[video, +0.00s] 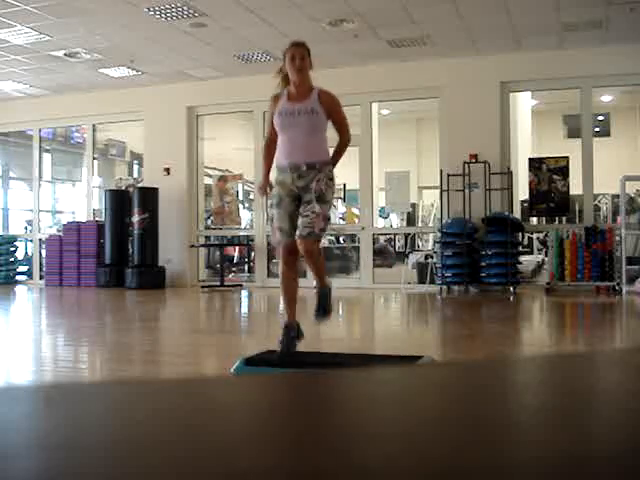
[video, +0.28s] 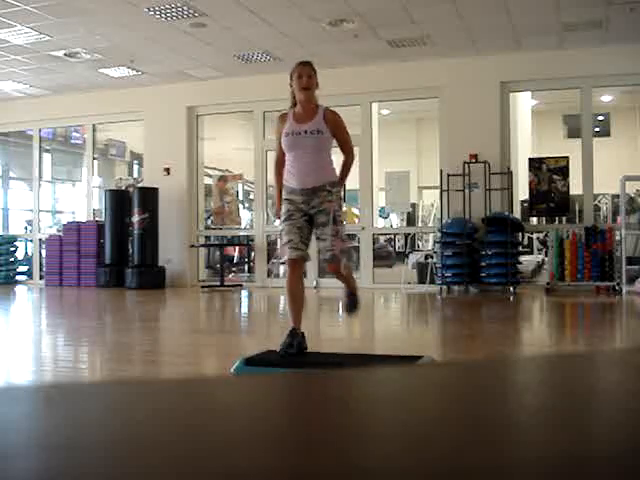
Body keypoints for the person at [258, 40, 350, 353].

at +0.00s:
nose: (298, 62)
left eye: (302, 57)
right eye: (292, 58)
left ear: (310, 63)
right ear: (284, 65)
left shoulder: (325, 98)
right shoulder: (279, 101)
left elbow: (345, 136)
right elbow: (271, 140)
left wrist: (331, 165)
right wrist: (265, 176)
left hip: (318, 174)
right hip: (284, 176)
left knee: (307, 242)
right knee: (287, 251)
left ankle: (323, 287)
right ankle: (290, 323)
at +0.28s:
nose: (305, 81)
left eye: (309, 76)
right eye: (300, 77)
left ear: (317, 82)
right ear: (292, 83)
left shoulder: (329, 117)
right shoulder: (283, 121)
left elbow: (349, 153)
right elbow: (280, 160)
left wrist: (339, 185)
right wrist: (279, 197)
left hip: (325, 194)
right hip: (292, 196)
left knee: (331, 263)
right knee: (293, 262)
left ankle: (351, 287)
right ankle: (296, 331)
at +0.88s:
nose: (305, 118)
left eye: (309, 113)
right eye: (300, 114)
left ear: (317, 117)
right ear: (294, 119)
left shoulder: (325, 145)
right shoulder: (298, 150)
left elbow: (328, 187)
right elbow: (291, 183)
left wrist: (300, 198)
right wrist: (259, 195)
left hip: (337, 214)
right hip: (313, 215)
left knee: (351, 275)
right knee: (296, 272)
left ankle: (372, 332)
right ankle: (312, 320)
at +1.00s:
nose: (290, 135)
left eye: (295, 131)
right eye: (287, 131)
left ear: (305, 133)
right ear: (285, 135)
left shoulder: (310, 162)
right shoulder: (292, 162)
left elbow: (300, 203)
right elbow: (286, 199)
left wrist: (263, 217)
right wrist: (262, 212)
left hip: (324, 232)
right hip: (304, 235)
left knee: (343, 288)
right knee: (295, 286)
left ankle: (376, 338)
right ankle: (313, 333)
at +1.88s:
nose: (169, 129)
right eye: (167, 125)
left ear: (146, 132)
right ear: (170, 130)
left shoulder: (136, 161)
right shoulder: (182, 162)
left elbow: (131, 197)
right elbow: (198, 193)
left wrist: (138, 217)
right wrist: (210, 213)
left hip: (139, 226)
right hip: (170, 229)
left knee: (117, 291)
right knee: (170, 291)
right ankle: (172, 351)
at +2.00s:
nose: (163, 134)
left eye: (162, 129)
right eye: (161, 129)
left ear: (136, 128)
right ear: (153, 130)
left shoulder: (119, 151)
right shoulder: (154, 156)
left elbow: (130, 177)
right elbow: (154, 195)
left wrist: (158, 172)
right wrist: (156, 231)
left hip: (112, 226)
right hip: (142, 227)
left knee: (100, 299)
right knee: (164, 289)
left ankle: (74, 364)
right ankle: (172, 348)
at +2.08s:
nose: (164, 120)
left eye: (163, 115)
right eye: (160, 115)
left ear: (138, 117)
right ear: (146, 117)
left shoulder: (121, 145)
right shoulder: (148, 143)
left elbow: (126, 191)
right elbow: (137, 178)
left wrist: (160, 211)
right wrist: (130, 219)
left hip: (110, 219)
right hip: (137, 220)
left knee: (99, 293)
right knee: (166, 282)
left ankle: (75, 362)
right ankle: (166, 348)